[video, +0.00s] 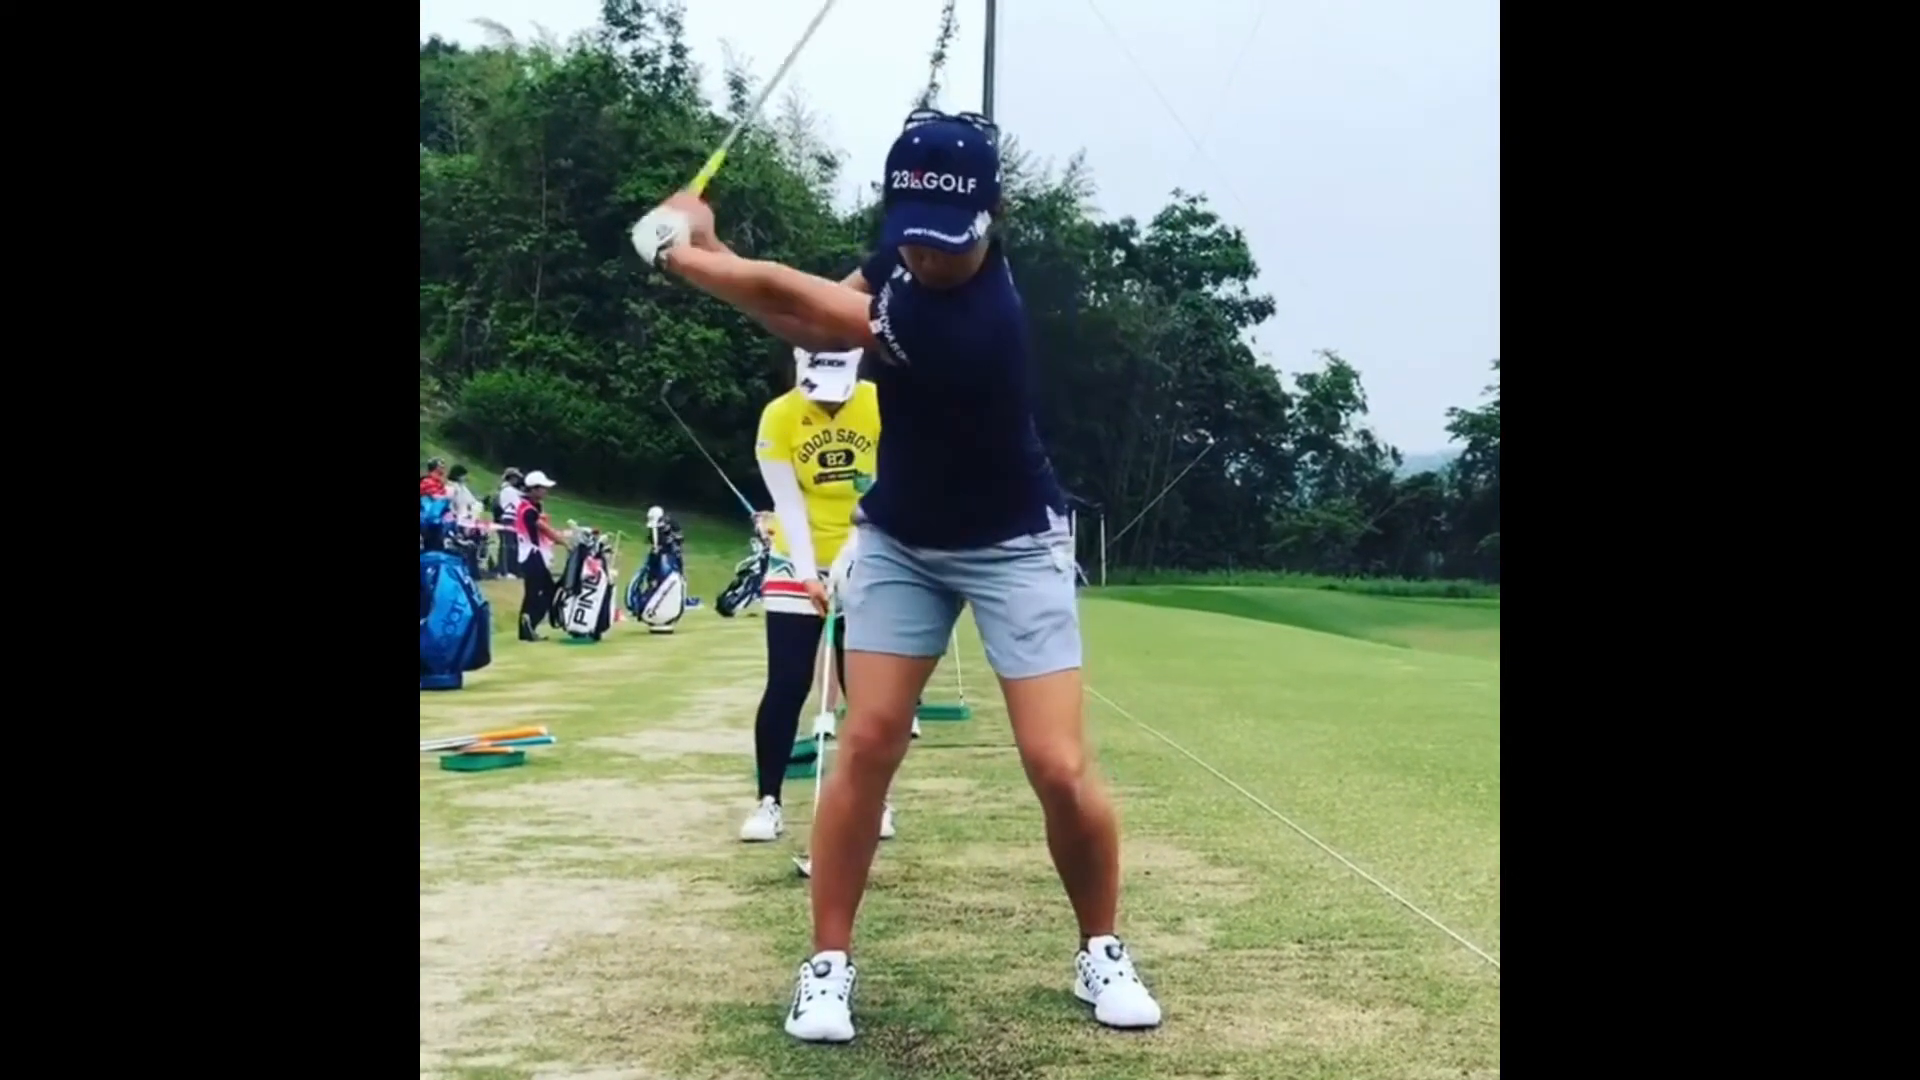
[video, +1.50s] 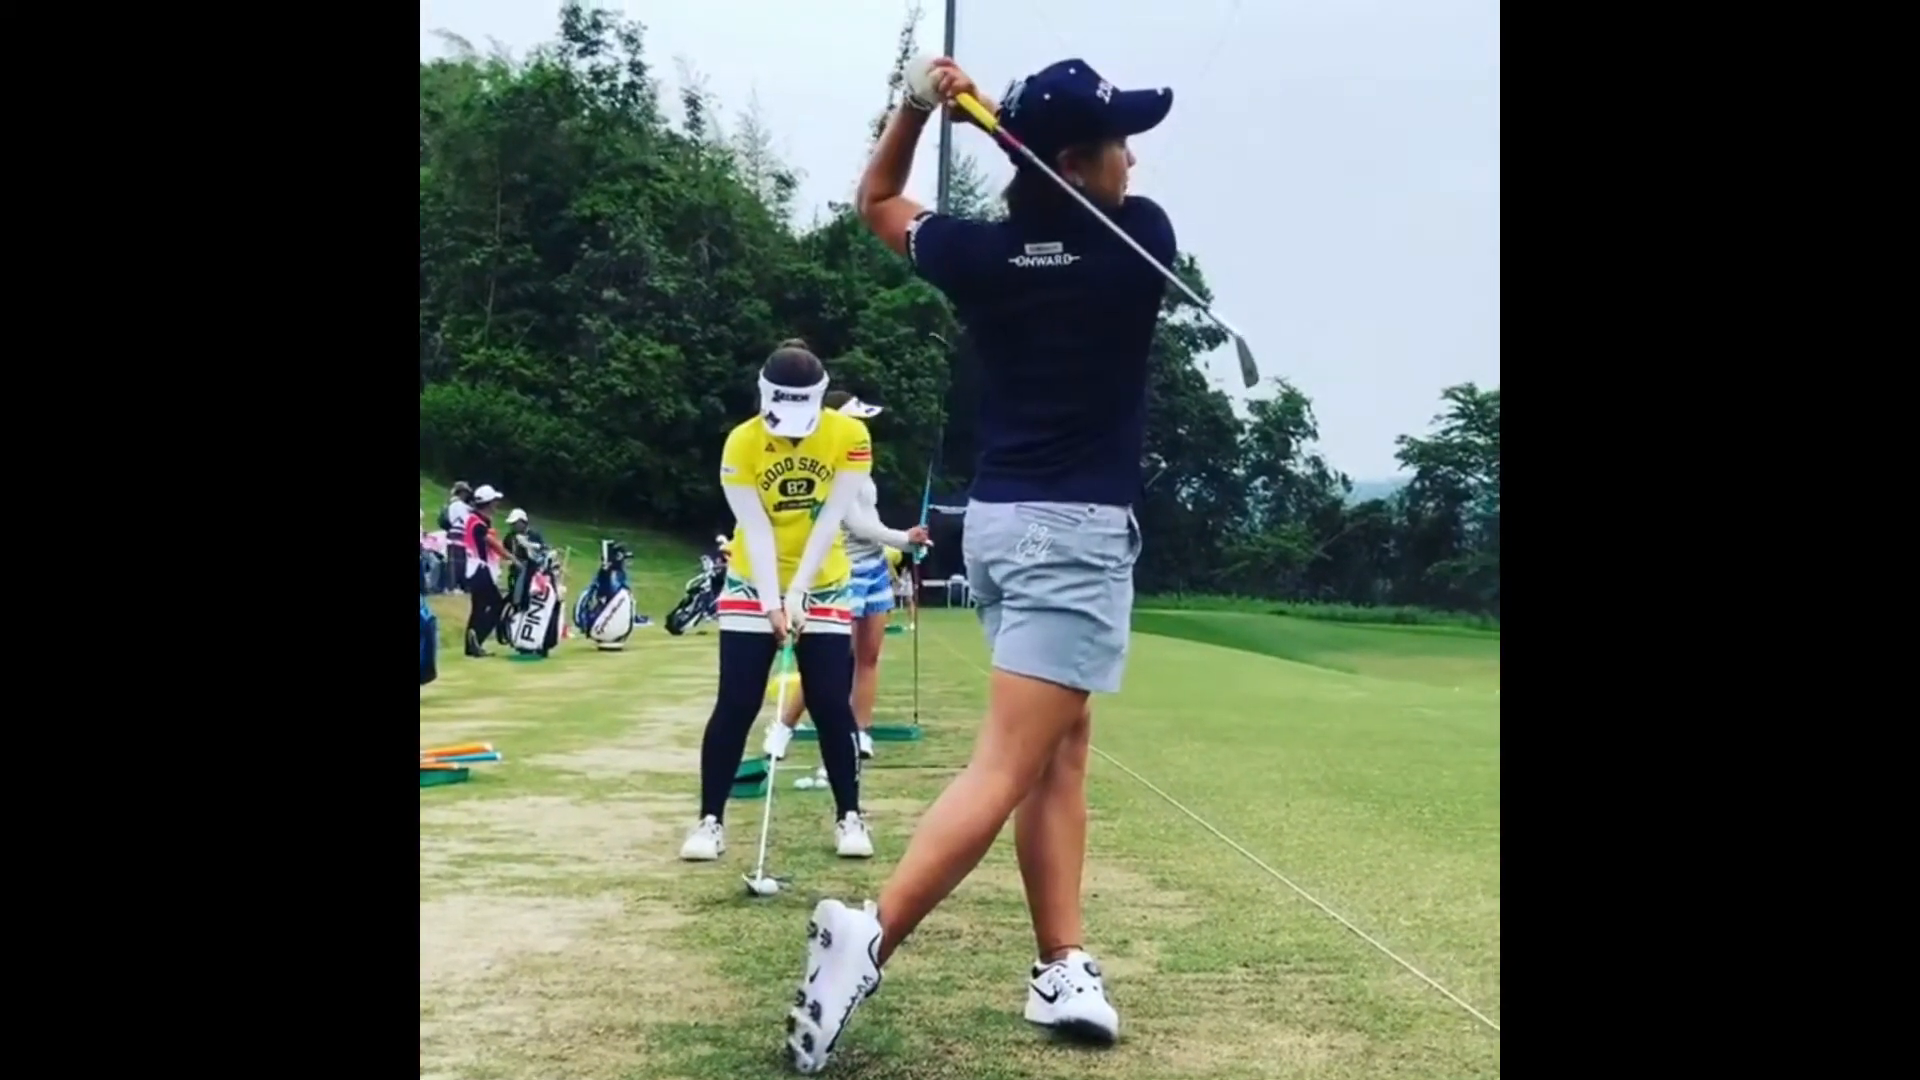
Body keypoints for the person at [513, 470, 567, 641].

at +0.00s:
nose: (545, 492)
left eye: (546, 488)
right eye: (542, 488)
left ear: (535, 491)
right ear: (533, 490)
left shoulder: (528, 507)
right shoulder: (529, 511)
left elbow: (545, 529)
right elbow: (546, 531)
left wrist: (562, 535)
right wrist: (565, 541)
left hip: (531, 553)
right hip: (532, 554)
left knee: (532, 591)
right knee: (549, 588)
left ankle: (526, 629)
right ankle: (531, 621)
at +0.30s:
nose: (539, 495)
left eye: (539, 492)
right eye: (535, 492)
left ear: (527, 494)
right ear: (526, 493)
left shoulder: (523, 511)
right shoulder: (521, 515)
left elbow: (536, 533)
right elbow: (538, 535)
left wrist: (554, 539)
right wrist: (556, 545)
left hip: (523, 556)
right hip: (523, 558)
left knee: (523, 595)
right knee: (541, 592)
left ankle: (517, 632)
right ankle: (522, 626)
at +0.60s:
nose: (522, 498)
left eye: (521, 494)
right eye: (519, 495)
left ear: (507, 496)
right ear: (511, 496)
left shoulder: (501, 513)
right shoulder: (505, 517)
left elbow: (519, 536)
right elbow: (521, 538)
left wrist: (536, 544)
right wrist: (540, 549)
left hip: (502, 557)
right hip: (506, 560)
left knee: (505, 597)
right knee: (524, 594)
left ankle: (499, 634)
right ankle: (505, 627)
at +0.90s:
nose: (508, 500)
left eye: (508, 497)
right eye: (506, 497)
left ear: (493, 497)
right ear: (498, 498)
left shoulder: (486, 515)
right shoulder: (491, 519)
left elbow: (504, 536)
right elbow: (508, 540)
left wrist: (522, 546)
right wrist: (526, 551)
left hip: (487, 559)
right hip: (492, 562)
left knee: (491, 599)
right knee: (509, 597)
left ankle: (485, 637)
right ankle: (491, 629)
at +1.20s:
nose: (499, 502)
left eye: (499, 499)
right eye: (497, 499)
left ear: (483, 500)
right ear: (490, 500)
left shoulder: (477, 517)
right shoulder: (482, 521)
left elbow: (495, 541)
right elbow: (498, 543)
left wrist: (513, 550)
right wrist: (516, 553)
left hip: (477, 561)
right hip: (483, 564)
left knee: (481, 602)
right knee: (500, 599)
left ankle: (475, 641)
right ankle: (480, 632)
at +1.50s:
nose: (496, 506)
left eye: (496, 502)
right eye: (494, 503)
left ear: (480, 503)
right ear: (486, 504)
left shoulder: (476, 521)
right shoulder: (479, 525)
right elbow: (495, 546)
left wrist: (508, 556)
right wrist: (514, 559)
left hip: (476, 565)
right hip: (479, 568)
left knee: (478, 606)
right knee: (497, 603)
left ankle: (472, 644)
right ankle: (477, 636)